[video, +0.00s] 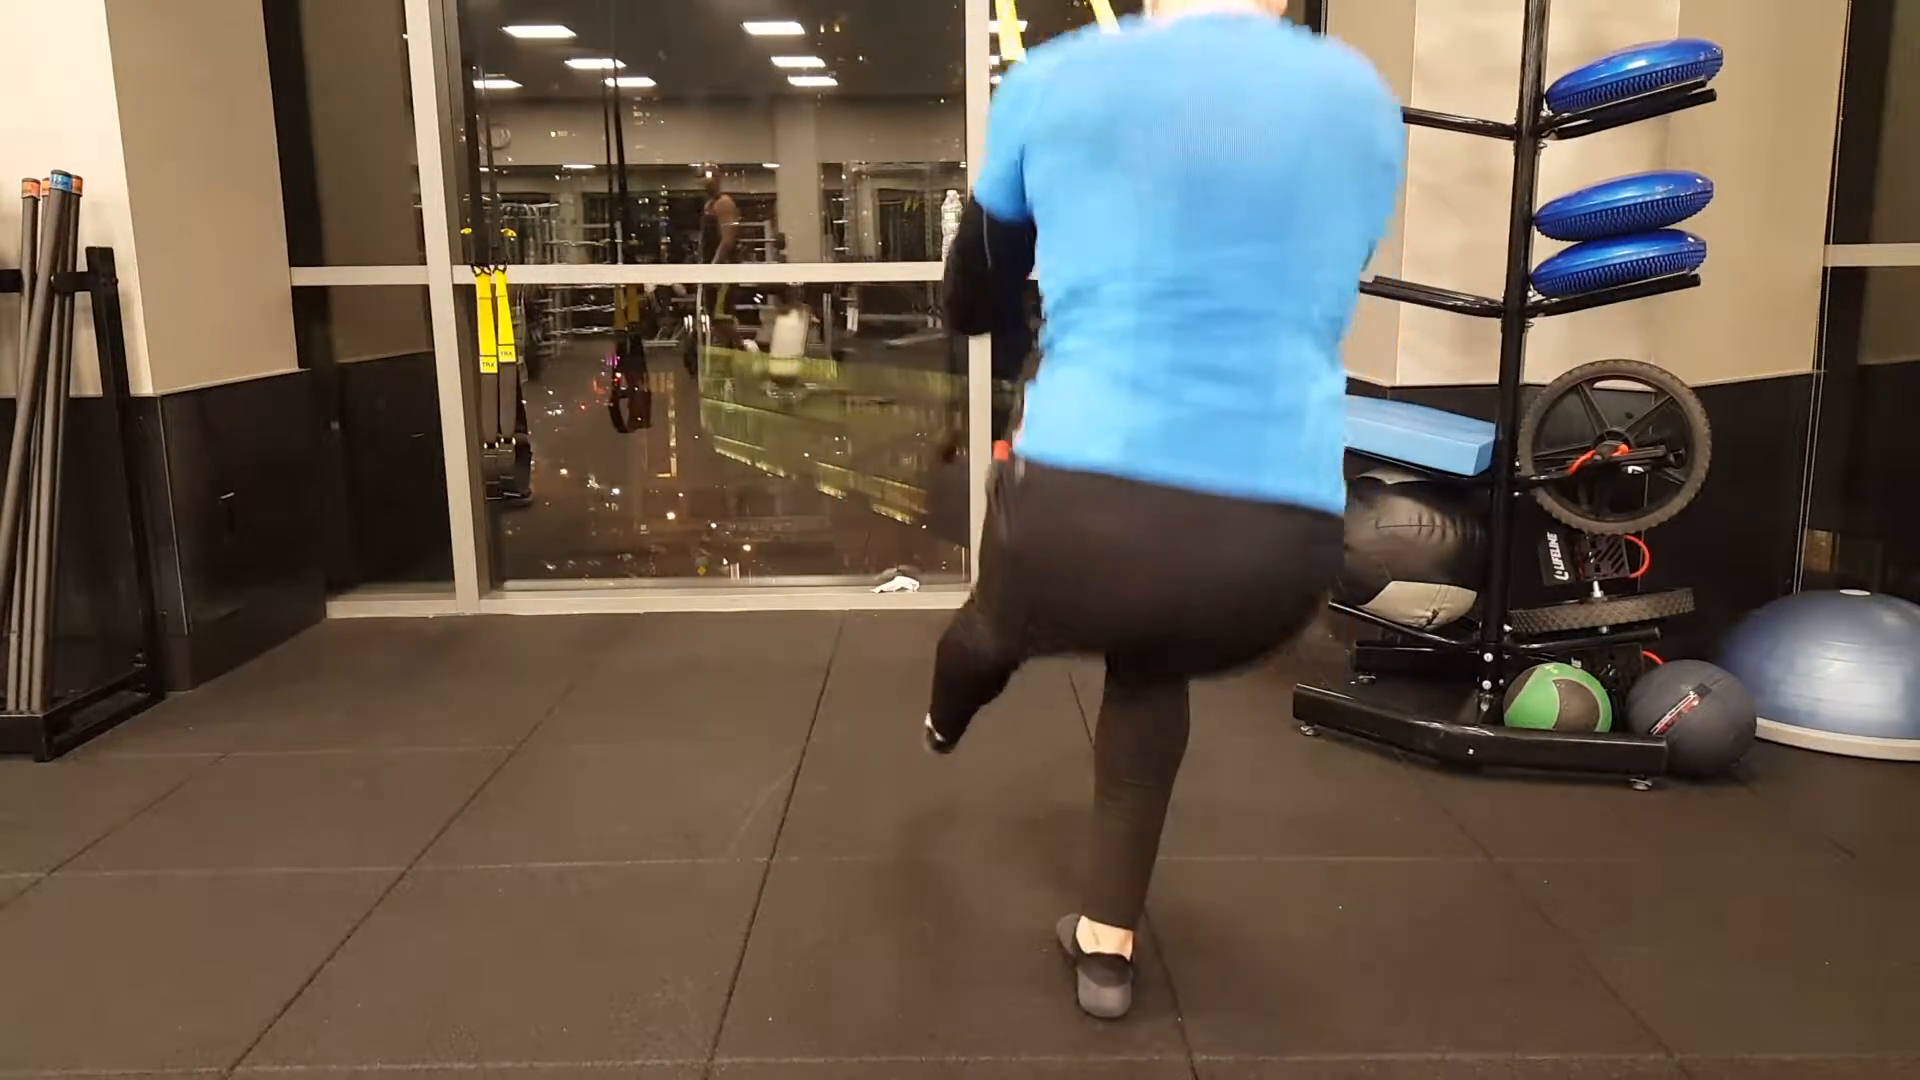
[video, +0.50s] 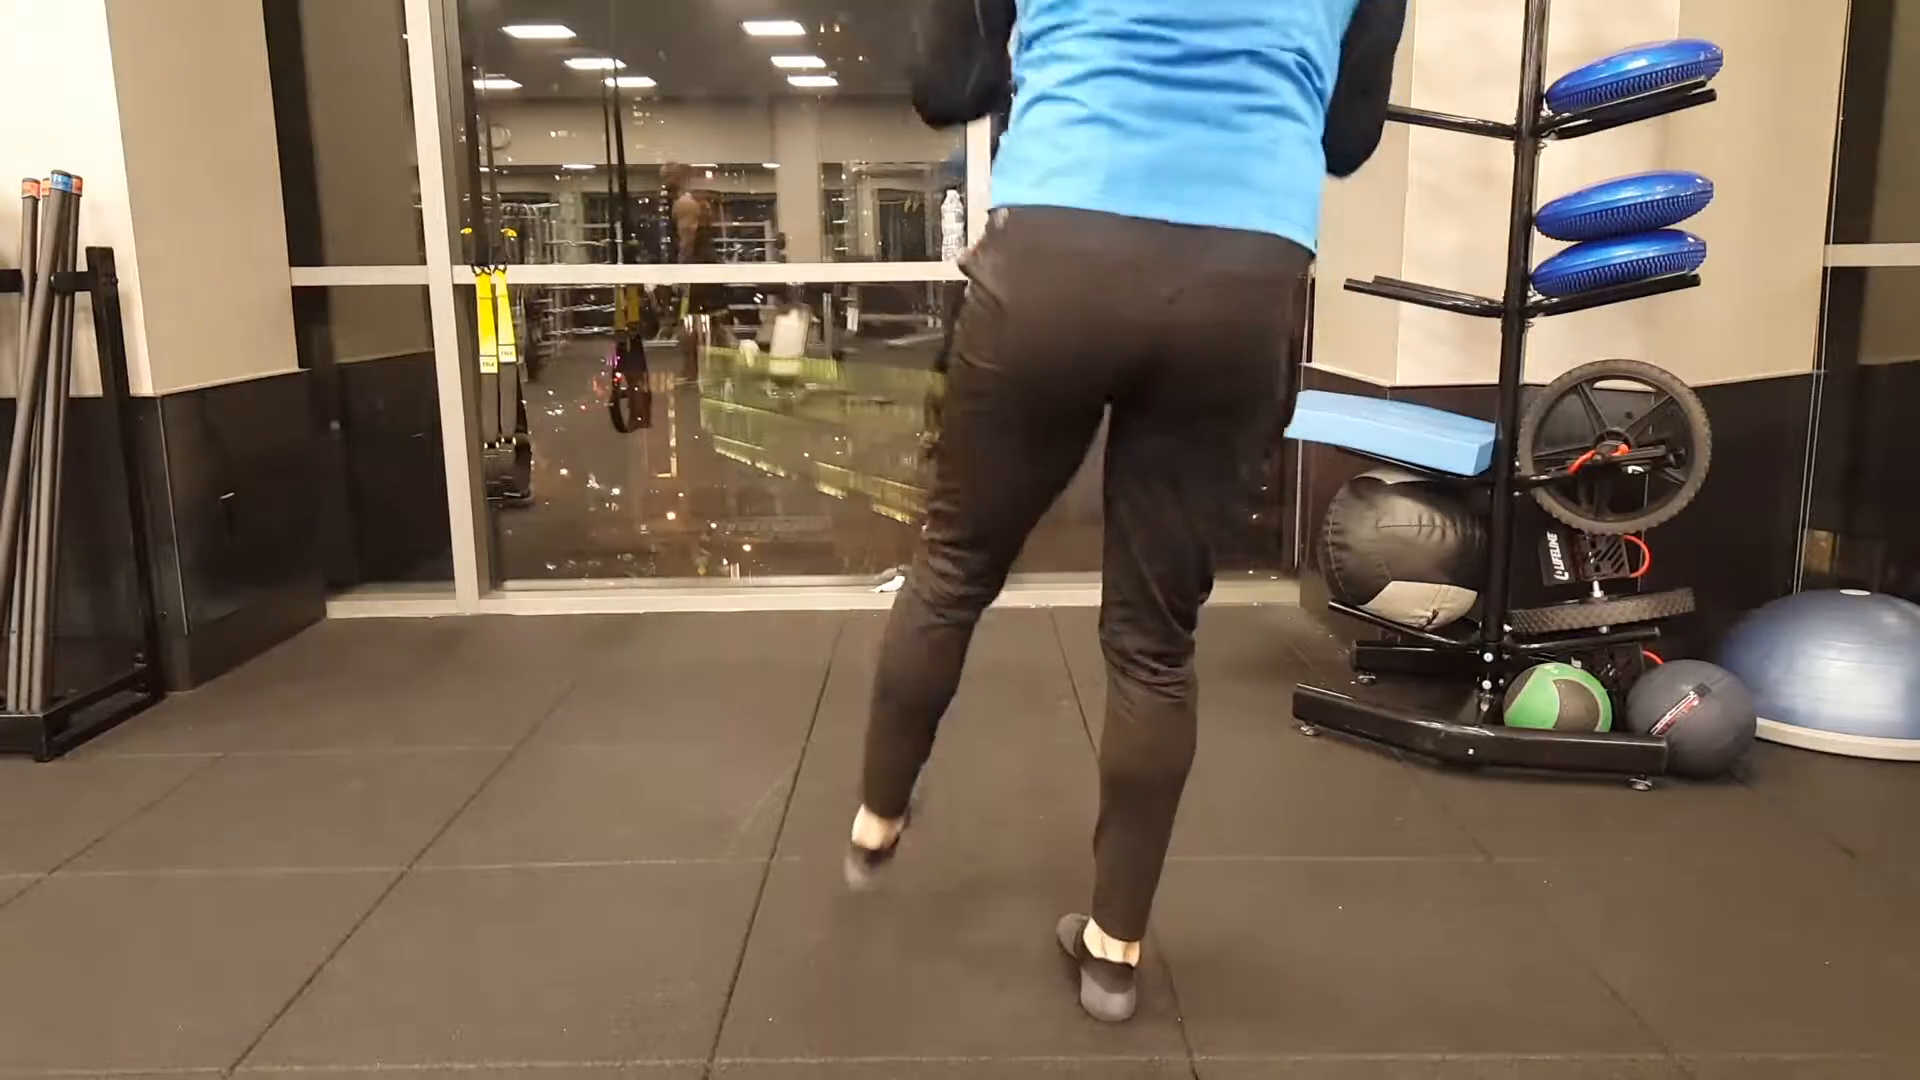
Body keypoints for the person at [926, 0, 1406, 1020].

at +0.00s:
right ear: (1279, 1)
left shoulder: (1050, 78)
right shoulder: (1361, 94)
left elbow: (984, 290)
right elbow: (1329, 286)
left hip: (1082, 522)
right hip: (1273, 546)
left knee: (998, 626)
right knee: (1152, 662)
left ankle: (945, 719)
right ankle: (1111, 943)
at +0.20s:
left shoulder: (1031, 5)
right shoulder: (1372, 14)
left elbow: (973, 217)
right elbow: (1332, 220)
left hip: (1087, 376)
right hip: (1279, 395)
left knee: (989, 578)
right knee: (1152, 642)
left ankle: (921, 732)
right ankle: (1113, 946)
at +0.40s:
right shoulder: (1369, 5)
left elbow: (957, 128)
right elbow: (1346, 165)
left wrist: (1044, 81)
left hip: (1072, 275)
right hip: (1262, 297)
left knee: (959, 566)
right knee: (1153, 636)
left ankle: (888, 780)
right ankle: (1114, 949)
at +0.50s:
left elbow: (944, 91)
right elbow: (1346, 139)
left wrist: (1048, 38)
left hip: (1056, 250)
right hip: (1248, 272)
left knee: (952, 570)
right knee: (1156, 637)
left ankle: (876, 821)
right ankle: (1116, 952)